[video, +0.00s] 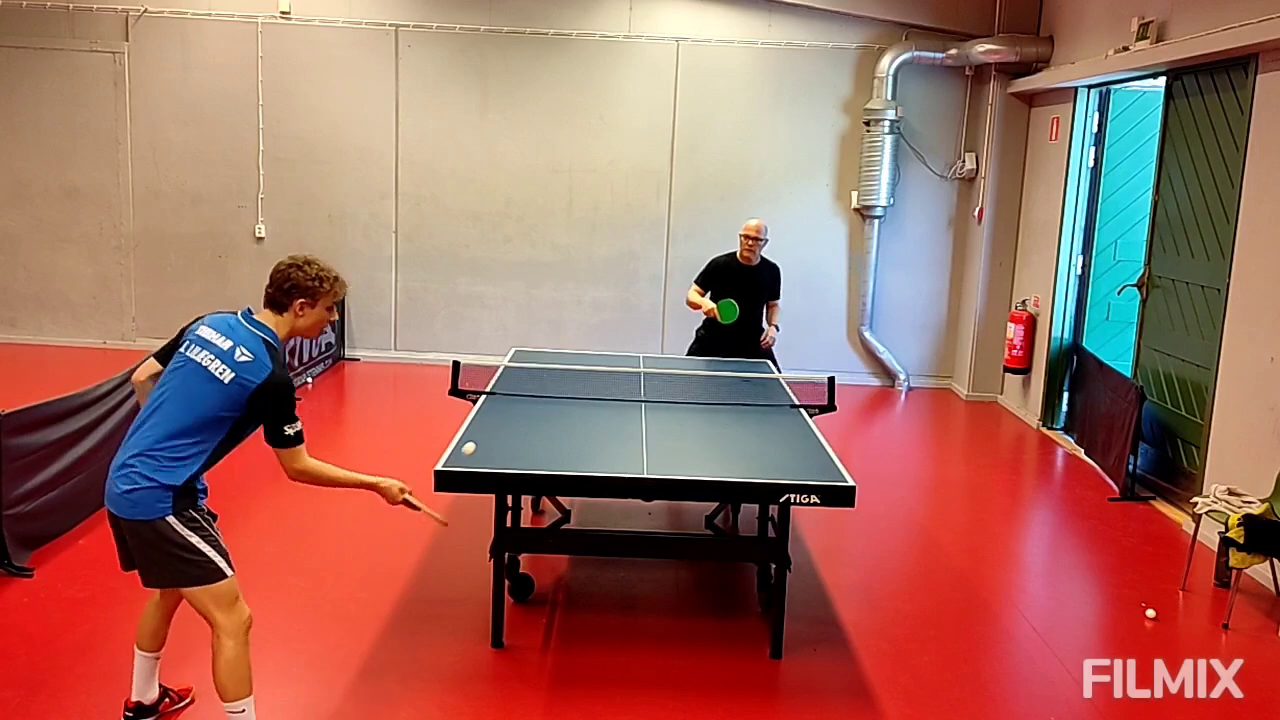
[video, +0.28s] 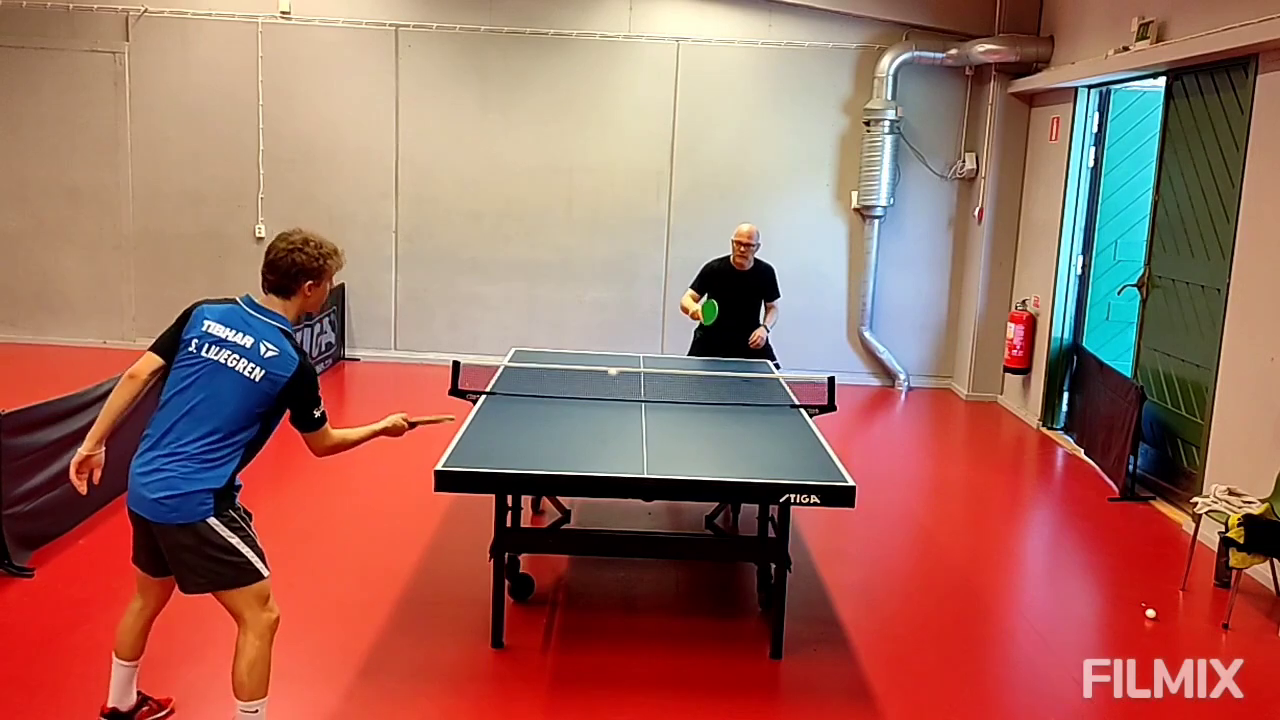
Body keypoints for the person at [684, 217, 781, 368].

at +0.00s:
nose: (750, 243)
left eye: (756, 240)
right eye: (746, 238)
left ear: (765, 243)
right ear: (740, 237)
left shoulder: (771, 271)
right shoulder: (719, 264)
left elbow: (772, 305)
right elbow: (692, 296)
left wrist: (773, 327)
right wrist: (704, 303)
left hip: (750, 342)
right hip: (714, 340)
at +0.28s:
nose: (742, 249)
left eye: (748, 246)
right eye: (738, 244)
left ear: (757, 248)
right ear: (732, 243)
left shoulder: (765, 272)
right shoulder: (714, 268)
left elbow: (772, 308)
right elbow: (687, 300)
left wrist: (765, 328)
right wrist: (693, 308)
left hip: (748, 344)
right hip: (711, 343)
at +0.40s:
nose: (747, 266)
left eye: (753, 263)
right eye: (742, 260)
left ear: (761, 263)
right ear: (736, 259)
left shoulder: (769, 283)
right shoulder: (718, 281)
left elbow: (775, 318)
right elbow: (694, 317)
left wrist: (771, 339)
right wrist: (707, 339)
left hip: (752, 350)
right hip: (715, 349)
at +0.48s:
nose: (752, 275)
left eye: (758, 271)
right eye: (748, 269)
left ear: (767, 271)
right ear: (740, 266)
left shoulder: (772, 288)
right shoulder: (722, 288)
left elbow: (777, 321)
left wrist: (776, 344)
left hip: (754, 347)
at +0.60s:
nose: (766, 286)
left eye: (772, 282)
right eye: (762, 279)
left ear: (780, 281)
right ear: (754, 275)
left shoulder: (782, 293)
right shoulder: (734, 295)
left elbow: (784, 324)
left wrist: (788, 350)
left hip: (760, 345)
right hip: (728, 345)